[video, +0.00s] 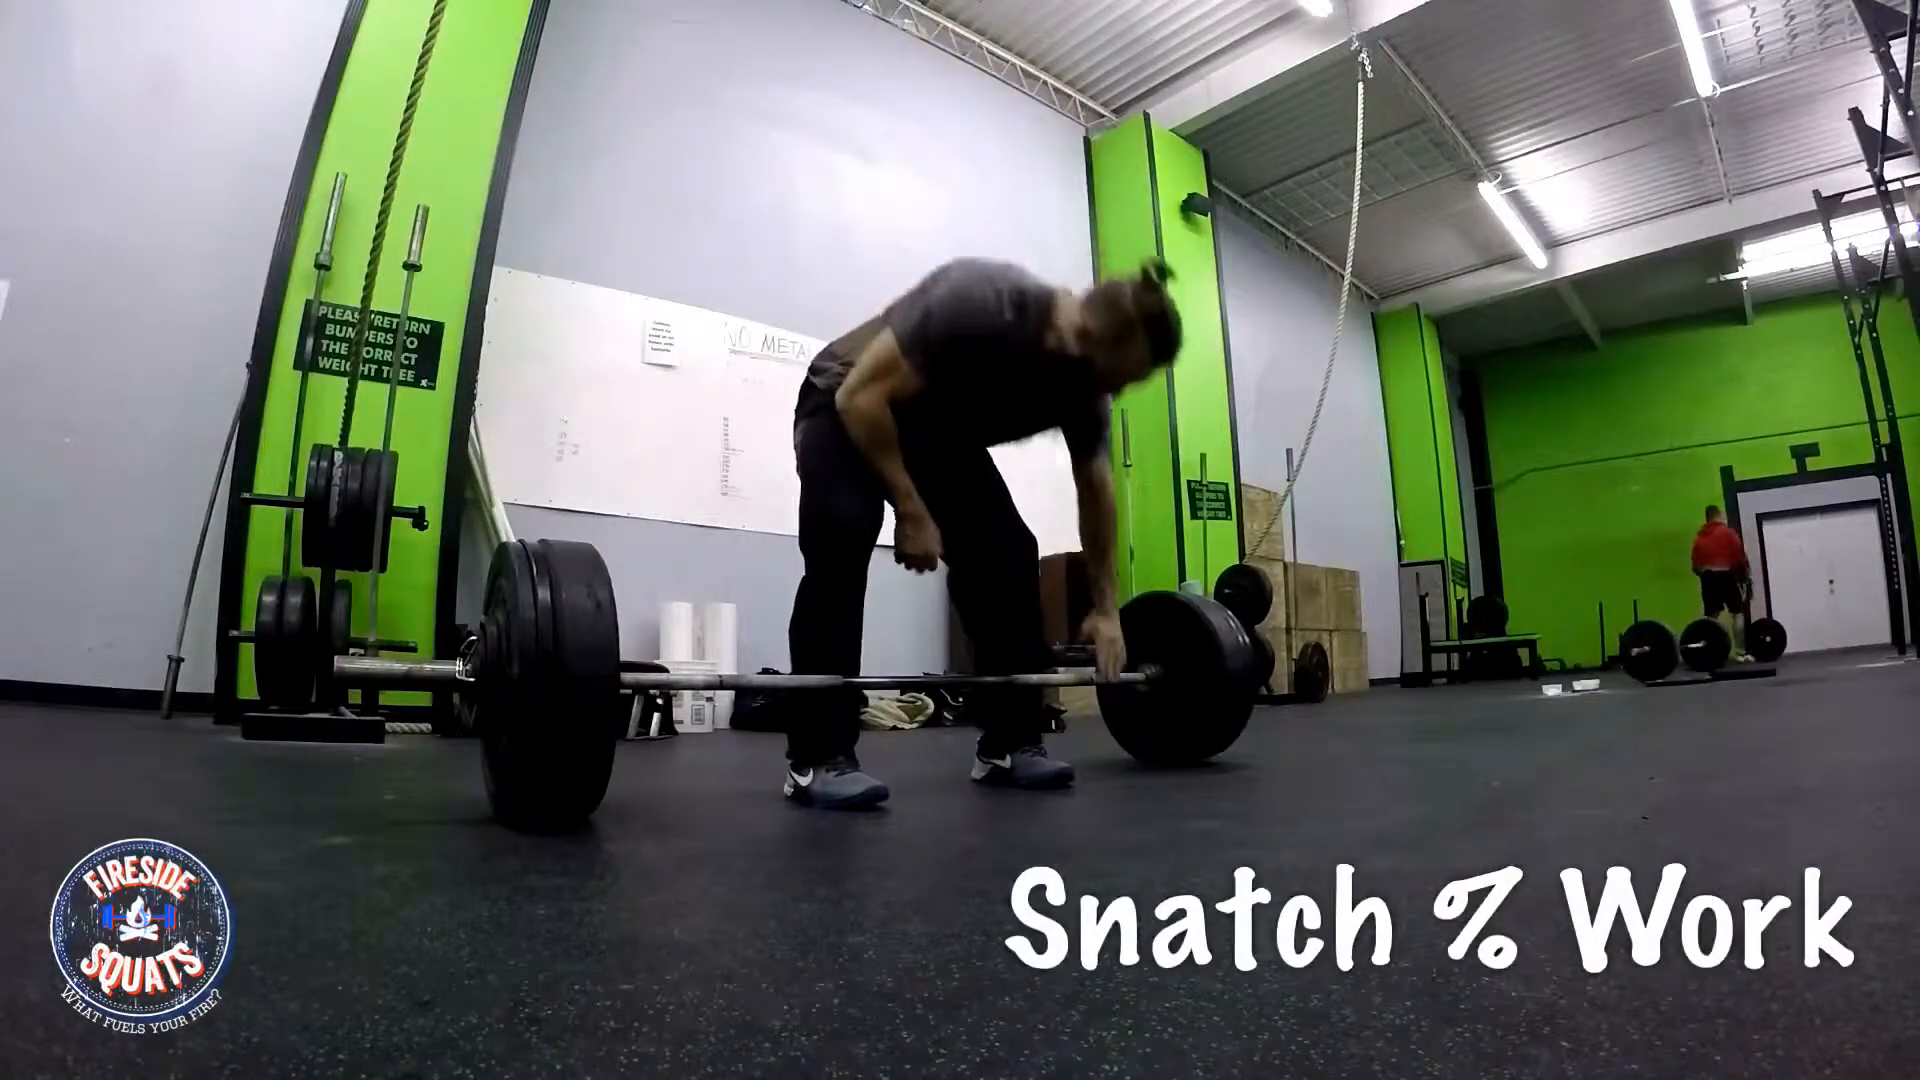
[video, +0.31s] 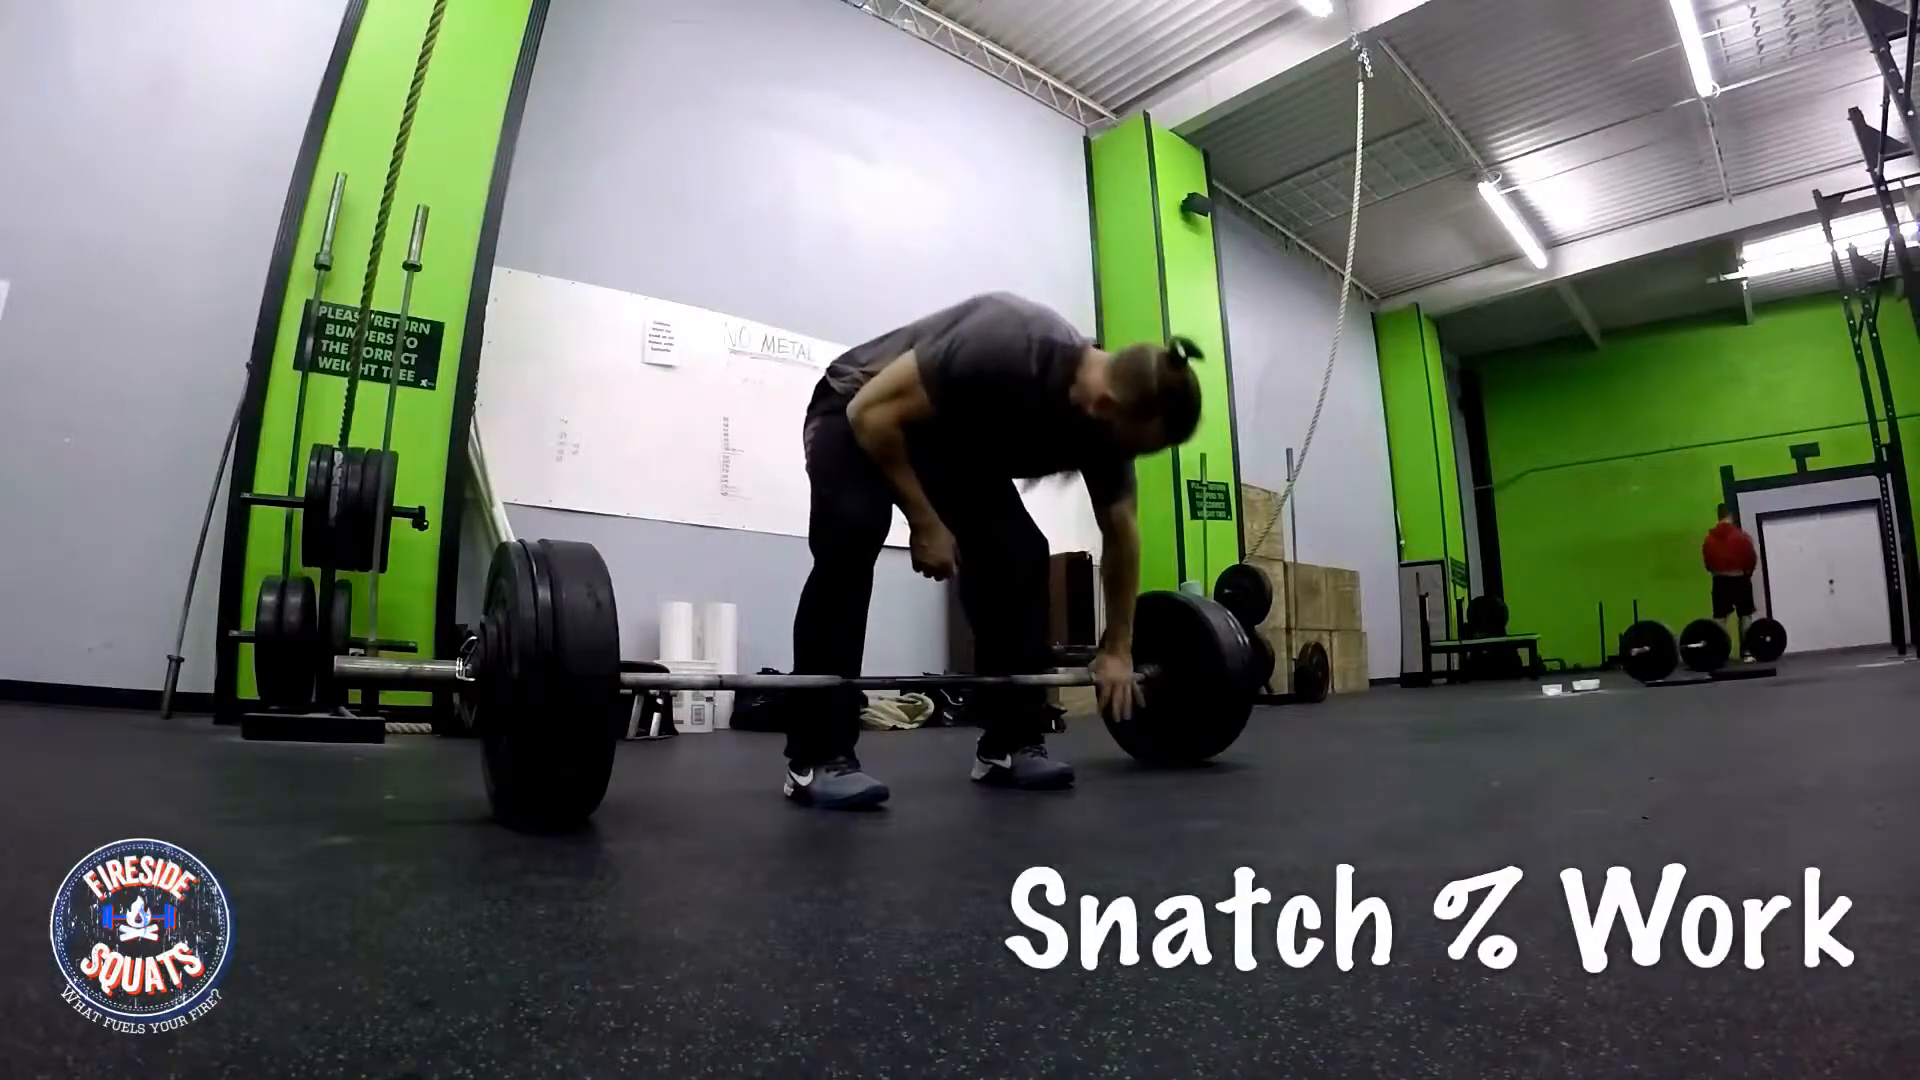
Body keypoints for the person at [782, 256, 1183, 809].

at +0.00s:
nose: (1112, 389)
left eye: (1121, 382)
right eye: (1113, 374)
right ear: (1086, 328)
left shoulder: (1085, 383)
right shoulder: (975, 299)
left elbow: (1095, 489)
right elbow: (859, 398)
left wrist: (1104, 606)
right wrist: (911, 511)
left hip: (943, 430)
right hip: (851, 402)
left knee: (1006, 554)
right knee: (838, 561)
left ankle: (1008, 744)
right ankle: (819, 759)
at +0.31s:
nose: (1127, 455)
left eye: (1137, 451)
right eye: (1129, 444)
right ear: (1104, 402)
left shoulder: (1104, 426)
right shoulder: (1001, 342)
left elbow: (1120, 531)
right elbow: (869, 411)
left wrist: (1117, 648)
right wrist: (925, 525)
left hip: (959, 442)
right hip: (862, 407)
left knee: (1018, 559)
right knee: (847, 554)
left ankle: (1009, 743)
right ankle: (818, 758)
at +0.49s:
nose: (1137, 473)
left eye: (1147, 467)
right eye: (1138, 462)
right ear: (1114, 423)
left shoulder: (1112, 440)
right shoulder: (1011, 354)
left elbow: (1134, 545)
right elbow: (873, 414)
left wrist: (1117, 651)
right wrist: (931, 525)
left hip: (963, 443)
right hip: (866, 409)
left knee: (1020, 559)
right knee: (850, 559)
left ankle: (1010, 745)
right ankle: (818, 760)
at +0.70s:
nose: (1142, 478)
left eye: (1152, 471)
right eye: (1143, 466)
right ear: (1117, 427)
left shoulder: (1121, 441)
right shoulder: (1018, 357)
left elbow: (1137, 544)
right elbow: (878, 415)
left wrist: (1116, 651)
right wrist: (933, 525)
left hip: (968, 441)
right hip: (870, 405)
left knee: (1023, 559)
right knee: (856, 550)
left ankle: (1008, 747)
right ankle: (818, 760)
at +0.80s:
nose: (1144, 474)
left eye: (1154, 468)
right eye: (1146, 463)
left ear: (1124, 422)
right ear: (1122, 423)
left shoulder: (1118, 442)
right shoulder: (1022, 354)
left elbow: (1134, 548)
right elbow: (880, 415)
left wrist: (1116, 651)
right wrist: (934, 527)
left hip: (968, 442)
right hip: (871, 404)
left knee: (1025, 558)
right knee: (859, 545)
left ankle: (1008, 746)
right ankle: (818, 760)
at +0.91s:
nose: (1146, 475)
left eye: (1156, 469)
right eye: (1147, 463)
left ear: (1124, 422)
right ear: (1121, 424)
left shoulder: (1122, 442)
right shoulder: (1022, 354)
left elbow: (1139, 551)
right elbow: (880, 415)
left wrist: (1117, 652)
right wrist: (934, 527)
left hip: (969, 441)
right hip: (872, 404)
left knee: (1026, 557)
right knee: (859, 545)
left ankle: (1008, 746)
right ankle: (818, 759)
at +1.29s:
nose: (1147, 471)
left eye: (1157, 465)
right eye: (1148, 459)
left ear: (1125, 414)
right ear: (1122, 418)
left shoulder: (1124, 430)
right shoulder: (1021, 353)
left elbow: (1136, 541)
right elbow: (882, 414)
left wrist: (1119, 651)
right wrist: (937, 528)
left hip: (971, 439)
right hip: (873, 403)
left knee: (1027, 557)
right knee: (857, 549)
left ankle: (1008, 746)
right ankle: (819, 759)